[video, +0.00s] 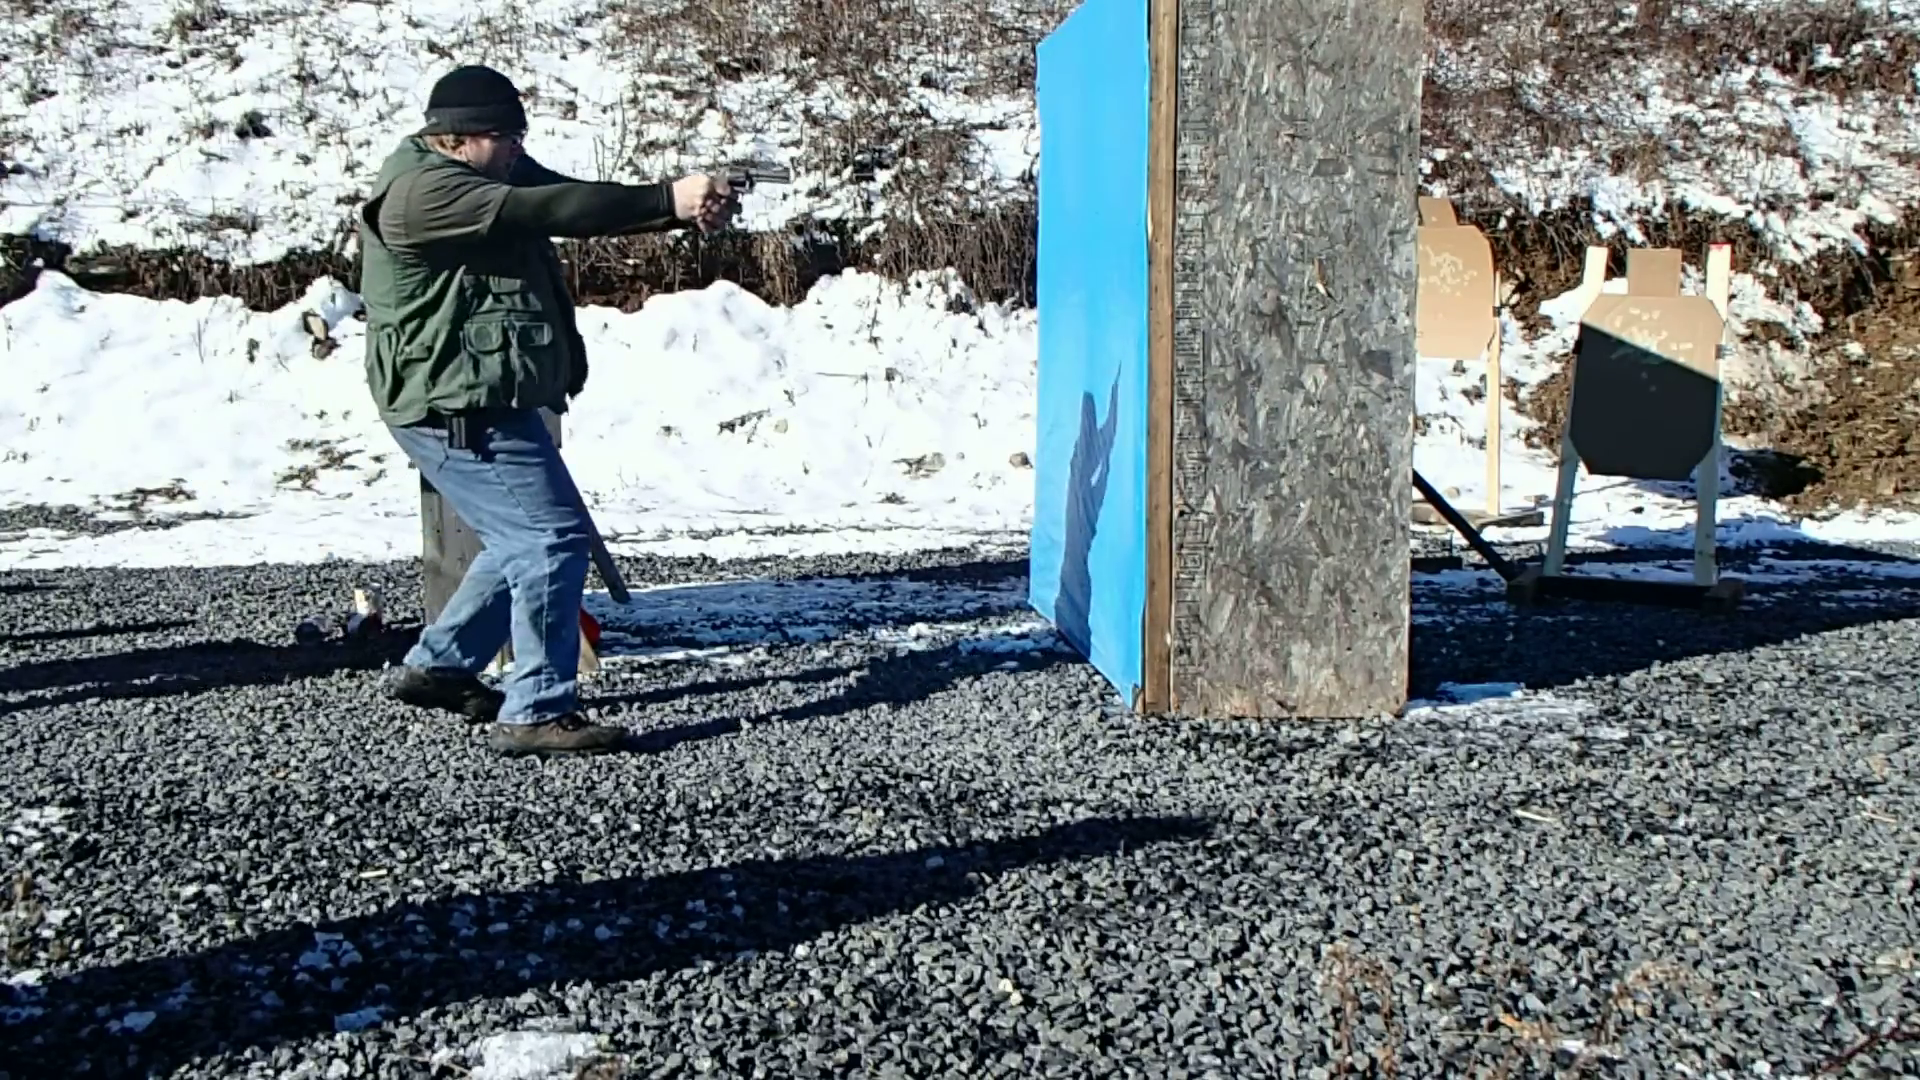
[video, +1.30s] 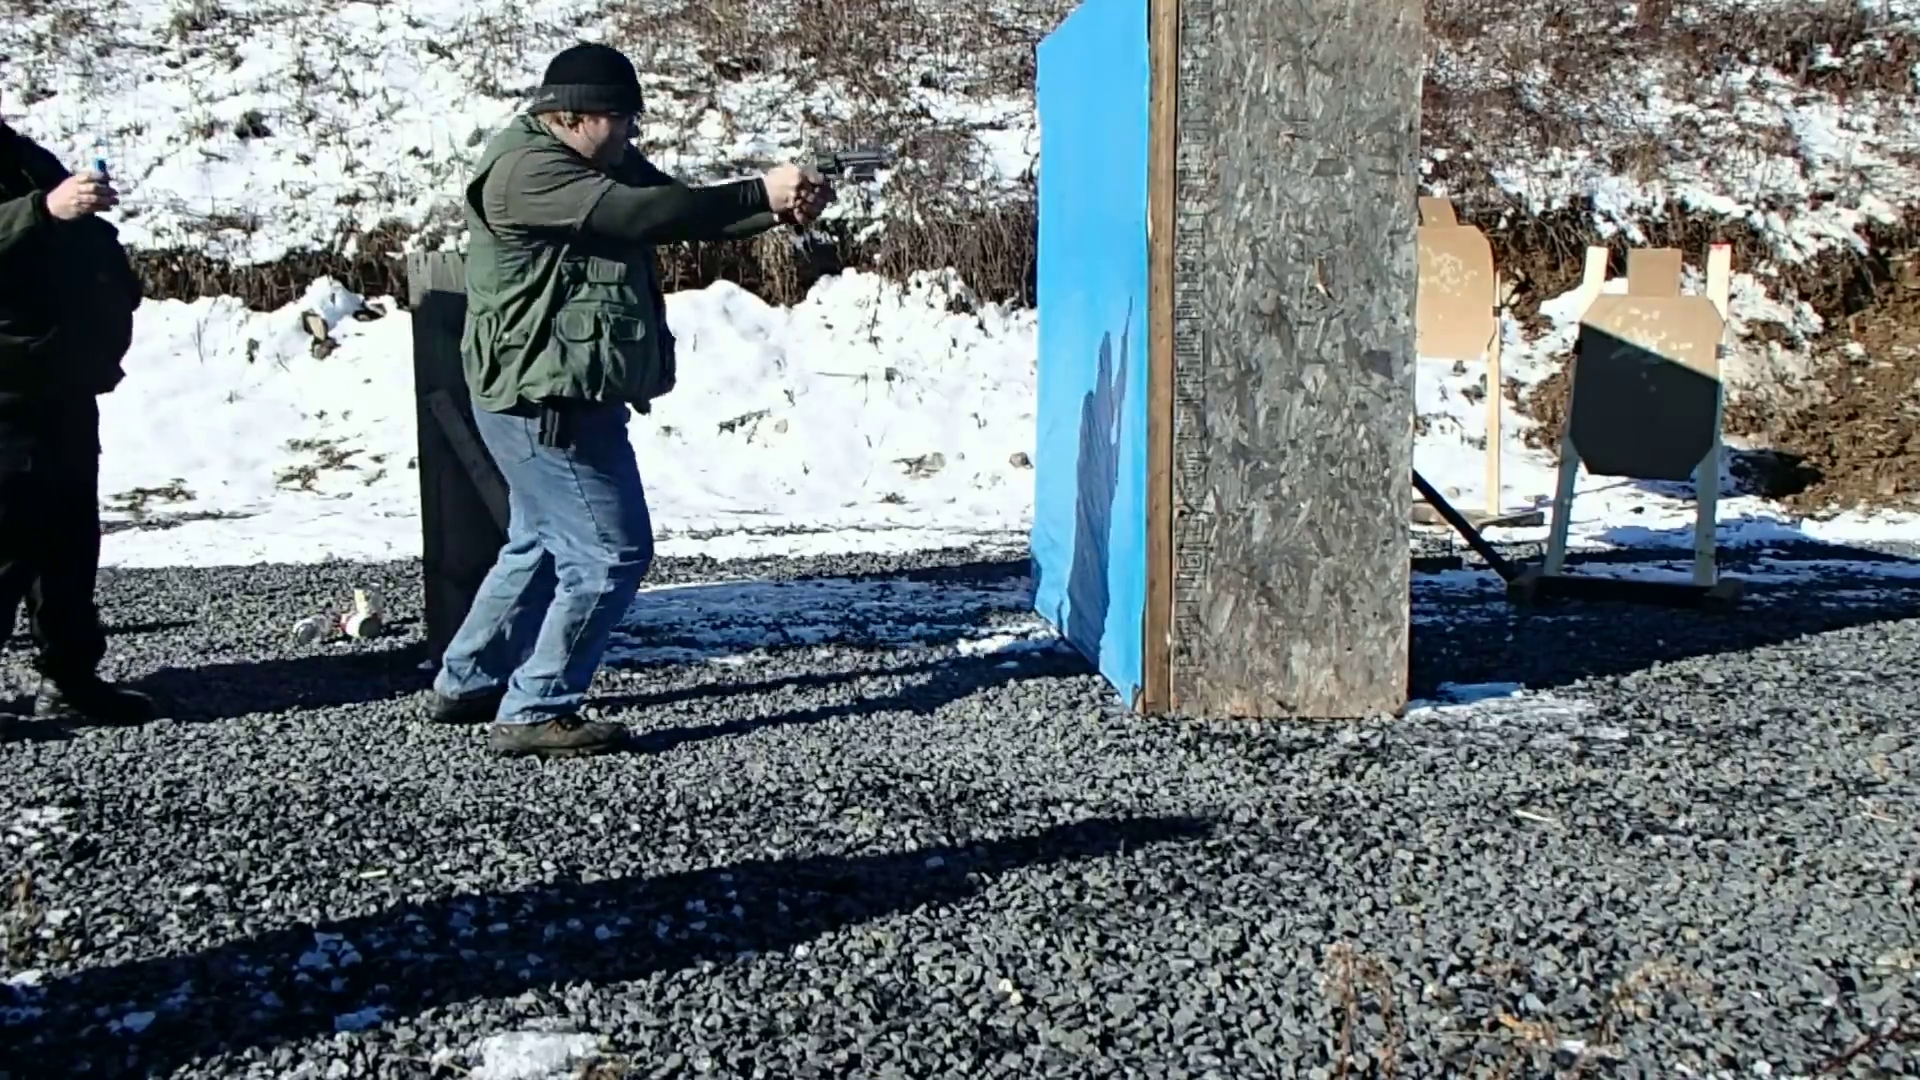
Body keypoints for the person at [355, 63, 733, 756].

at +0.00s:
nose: (518, 153)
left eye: (516, 140)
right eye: (508, 141)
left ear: (466, 134)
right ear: (466, 136)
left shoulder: (477, 177)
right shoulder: (426, 190)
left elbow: (571, 197)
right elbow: (546, 208)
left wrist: (672, 201)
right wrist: (667, 202)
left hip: (482, 398)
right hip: (455, 405)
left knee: (527, 534)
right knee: (554, 535)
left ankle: (438, 664)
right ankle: (537, 711)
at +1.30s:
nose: (629, 136)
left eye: (630, 124)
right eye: (623, 123)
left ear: (574, 115)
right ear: (582, 116)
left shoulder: (591, 162)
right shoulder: (528, 169)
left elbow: (682, 206)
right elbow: (641, 210)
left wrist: (775, 203)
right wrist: (762, 195)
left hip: (556, 394)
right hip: (546, 400)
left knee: (539, 542)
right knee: (613, 551)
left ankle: (466, 683)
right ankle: (538, 711)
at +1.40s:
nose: (660, 121)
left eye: (659, 109)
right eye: (652, 108)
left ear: (609, 111)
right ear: (608, 111)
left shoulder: (640, 169)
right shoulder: (544, 171)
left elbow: (687, 262)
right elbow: (622, 248)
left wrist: (747, 229)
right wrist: (734, 212)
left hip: (600, 402)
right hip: (563, 407)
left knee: (559, 544)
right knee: (622, 557)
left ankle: (470, 675)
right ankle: (538, 709)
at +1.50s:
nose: (697, 127)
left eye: (696, 113)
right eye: (689, 113)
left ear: (649, 111)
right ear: (648, 112)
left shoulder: (678, 177)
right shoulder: (580, 179)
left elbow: (699, 267)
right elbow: (615, 284)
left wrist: (766, 256)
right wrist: (720, 250)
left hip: (654, 402)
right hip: (584, 404)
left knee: (666, 550)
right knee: (628, 564)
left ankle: (517, 640)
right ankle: (539, 710)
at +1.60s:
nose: (740, 133)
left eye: (740, 119)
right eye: (731, 119)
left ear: (691, 117)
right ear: (690, 116)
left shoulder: (715, 189)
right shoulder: (633, 188)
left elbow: (710, 286)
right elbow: (641, 299)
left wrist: (772, 275)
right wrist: (745, 273)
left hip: (682, 407)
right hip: (618, 408)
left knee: (753, 520)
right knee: (647, 575)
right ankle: (534, 712)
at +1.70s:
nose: (795, 133)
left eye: (797, 119)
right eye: (789, 117)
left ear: (748, 115)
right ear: (749, 112)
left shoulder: (765, 181)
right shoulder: (699, 170)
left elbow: (763, 277)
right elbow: (684, 285)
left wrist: (818, 265)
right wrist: (794, 278)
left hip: (746, 410)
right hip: (688, 411)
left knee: (821, 507)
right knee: (671, 572)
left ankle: (843, 682)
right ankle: (536, 702)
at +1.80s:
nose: (854, 142)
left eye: (857, 128)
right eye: (847, 126)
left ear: (815, 119)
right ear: (807, 115)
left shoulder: (830, 185)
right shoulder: (754, 170)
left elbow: (832, 279)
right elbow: (741, 282)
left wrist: (895, 271)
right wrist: (850, 292)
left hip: (808, 407)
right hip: (740, 407)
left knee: (875, 522)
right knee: (760, 569)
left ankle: (894, 691)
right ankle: (596, 652)